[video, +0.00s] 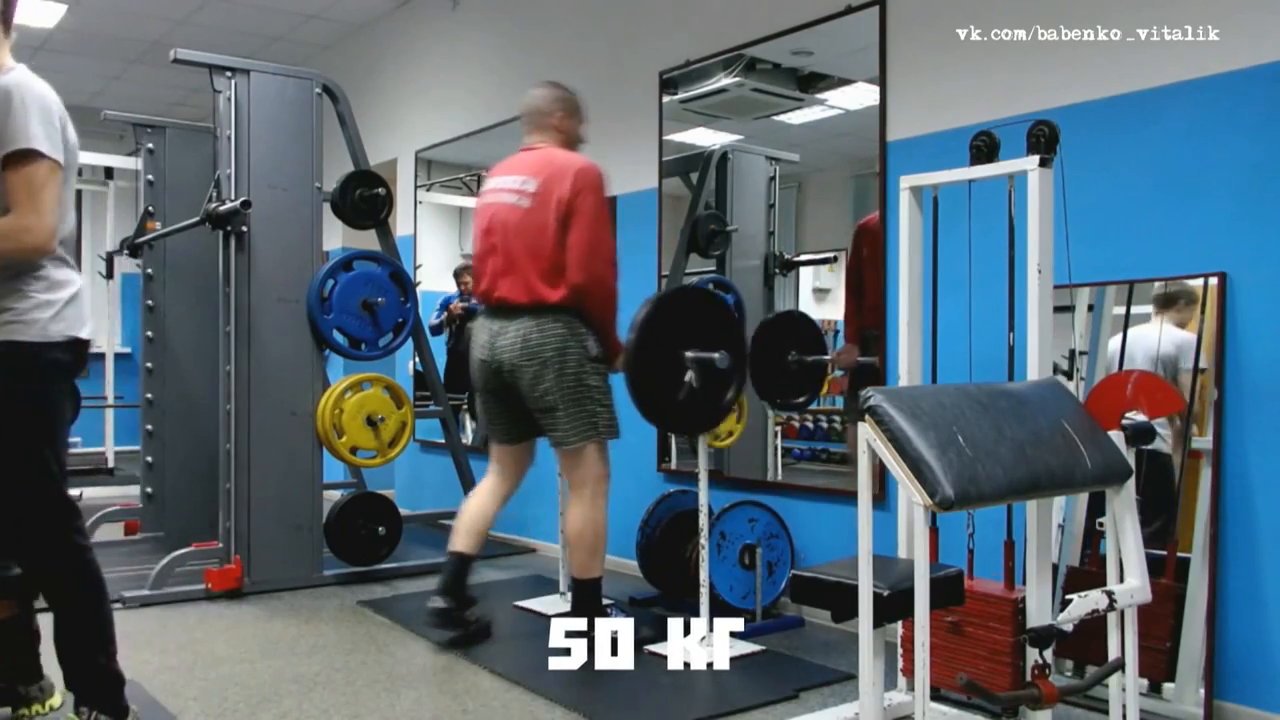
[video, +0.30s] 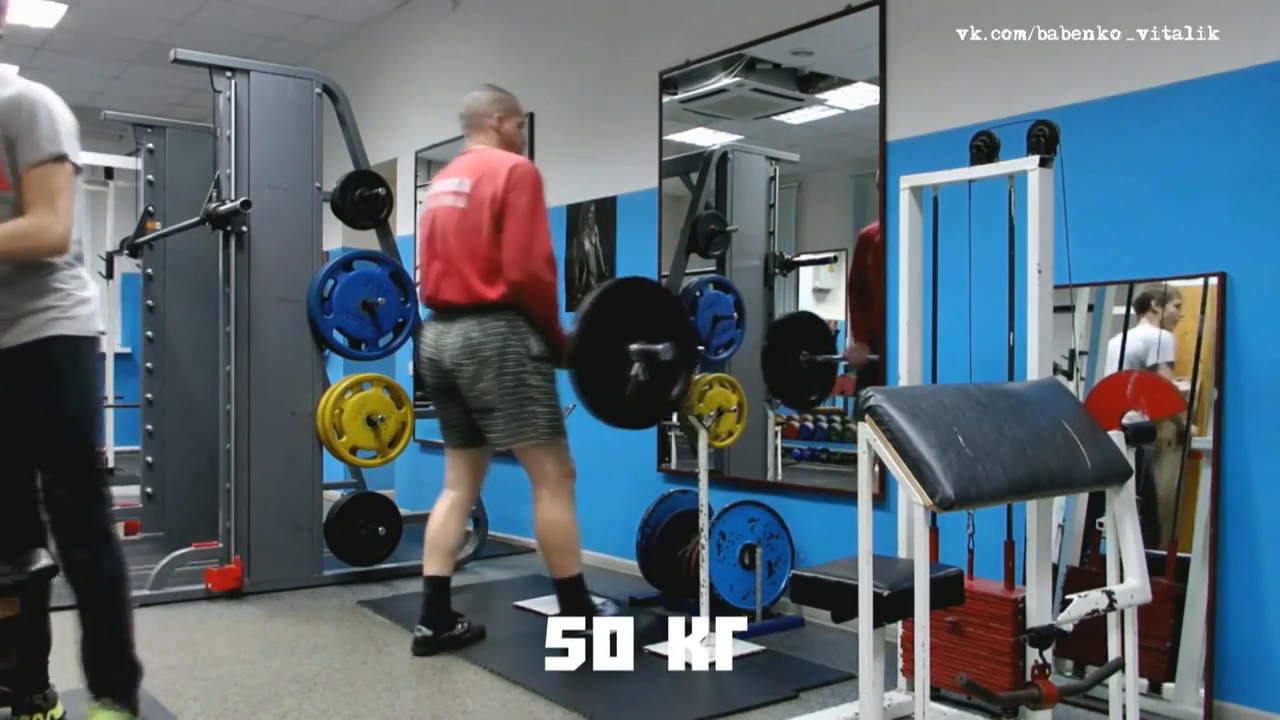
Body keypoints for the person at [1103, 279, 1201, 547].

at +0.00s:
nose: (1193, 316)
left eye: (1194, 310)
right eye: (1192, 309)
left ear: (1158, 306)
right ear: (1181, 306)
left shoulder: (1117, 341)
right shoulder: (1185, 341)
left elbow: (1108, 392)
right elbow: (1187, 403)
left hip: (1116, 444)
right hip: (1156, 447)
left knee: (1118, 518)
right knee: (1157, 523)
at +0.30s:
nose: (1180, 313)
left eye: (1180, 307)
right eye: (1175, 306)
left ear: (1149, 309)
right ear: (1155, 307)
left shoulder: (1115, 340)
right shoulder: (1161, 337)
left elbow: (1110, 385)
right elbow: (1165, 387)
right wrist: (1183, 423)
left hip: (1110, 427)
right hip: (1140, 429)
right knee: (1144, 498)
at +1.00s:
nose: (1215, 301)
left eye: (1215, 293)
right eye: (1210, 293)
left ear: (1184, 295)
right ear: (1192, 294)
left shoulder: (1158, 328)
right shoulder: (1191, 325)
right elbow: (1188, 374)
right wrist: (1217, 397)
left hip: (1138, 437)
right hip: (1161, 439)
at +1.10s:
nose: (1219, 303)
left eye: (1218, 296)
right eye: (1217, 296)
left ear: (1187, 297)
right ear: (1207, 296)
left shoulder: (1162, 330)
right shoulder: (1205, 327)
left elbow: (1144, 374)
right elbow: (1202, 377)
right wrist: (1216, 400)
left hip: (1143, 428)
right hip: (1170, 433)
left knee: (1137, 506)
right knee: (1157, 510)